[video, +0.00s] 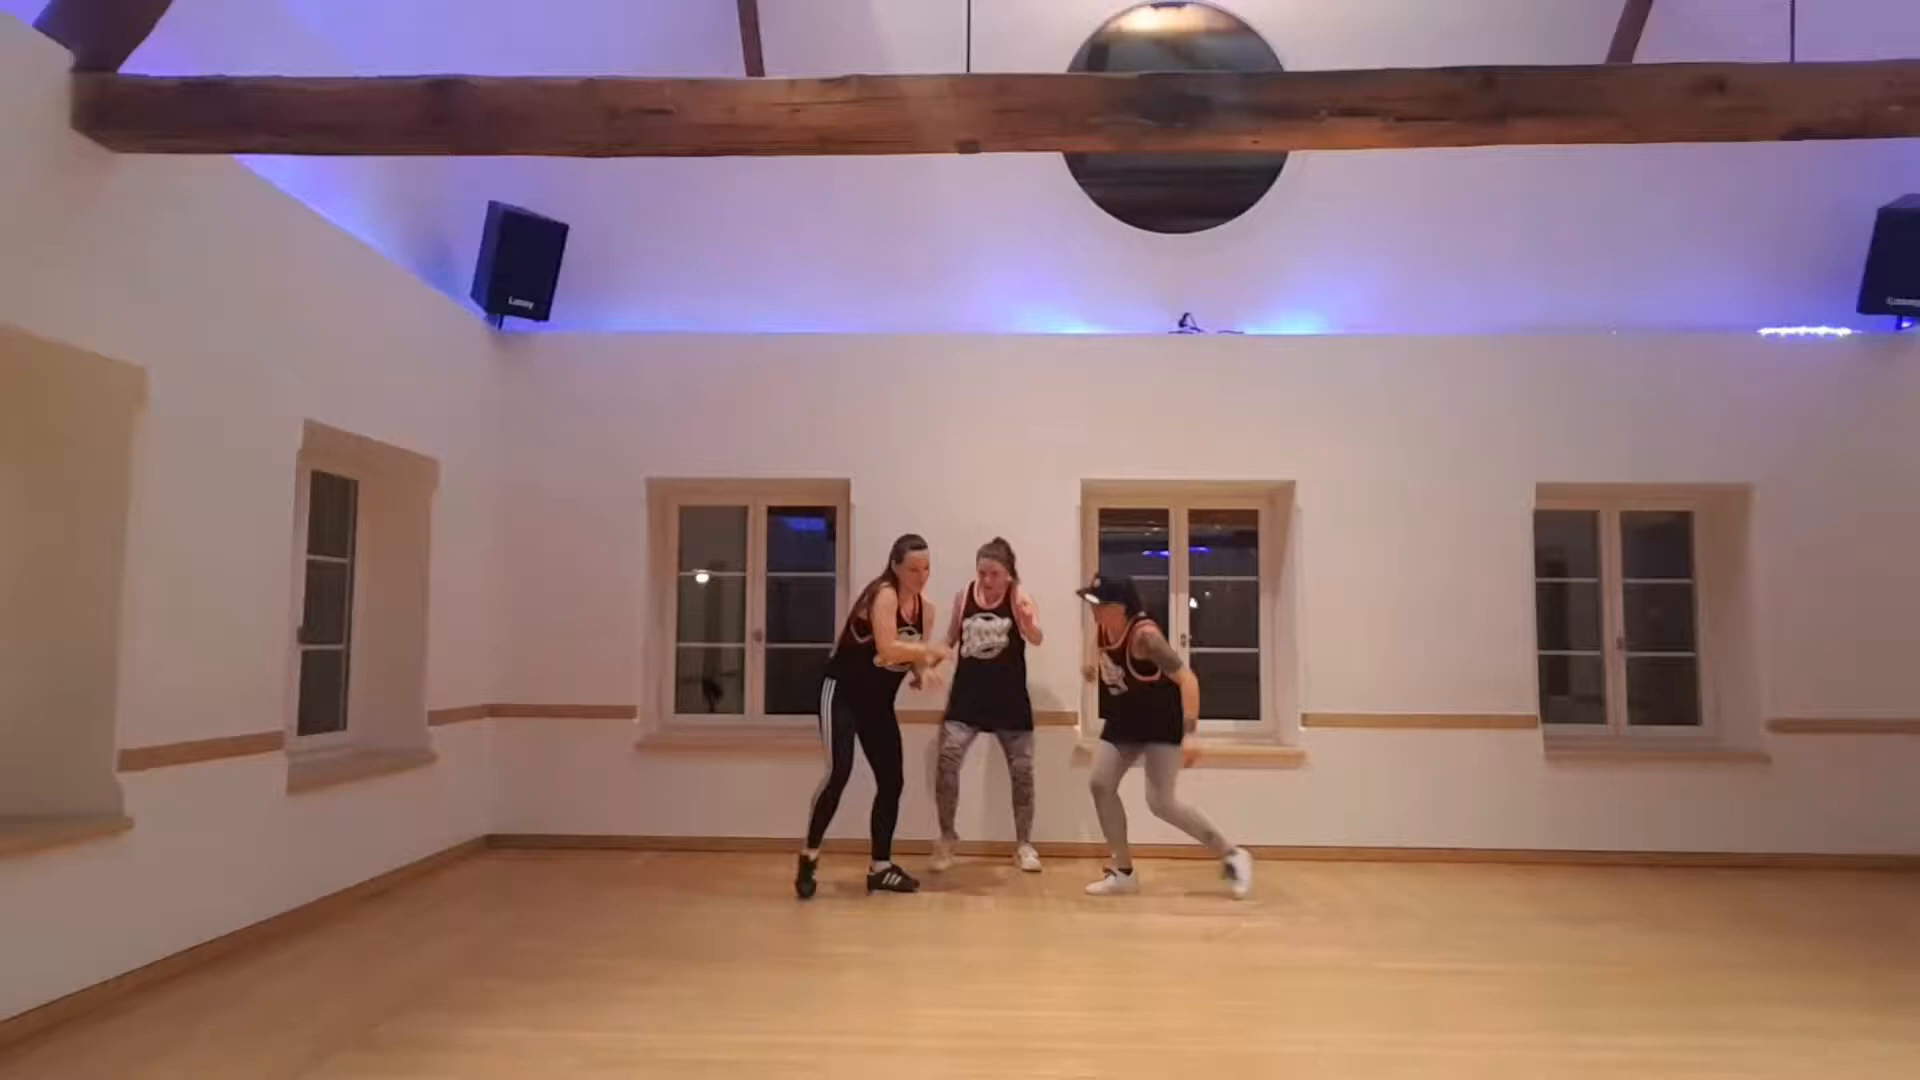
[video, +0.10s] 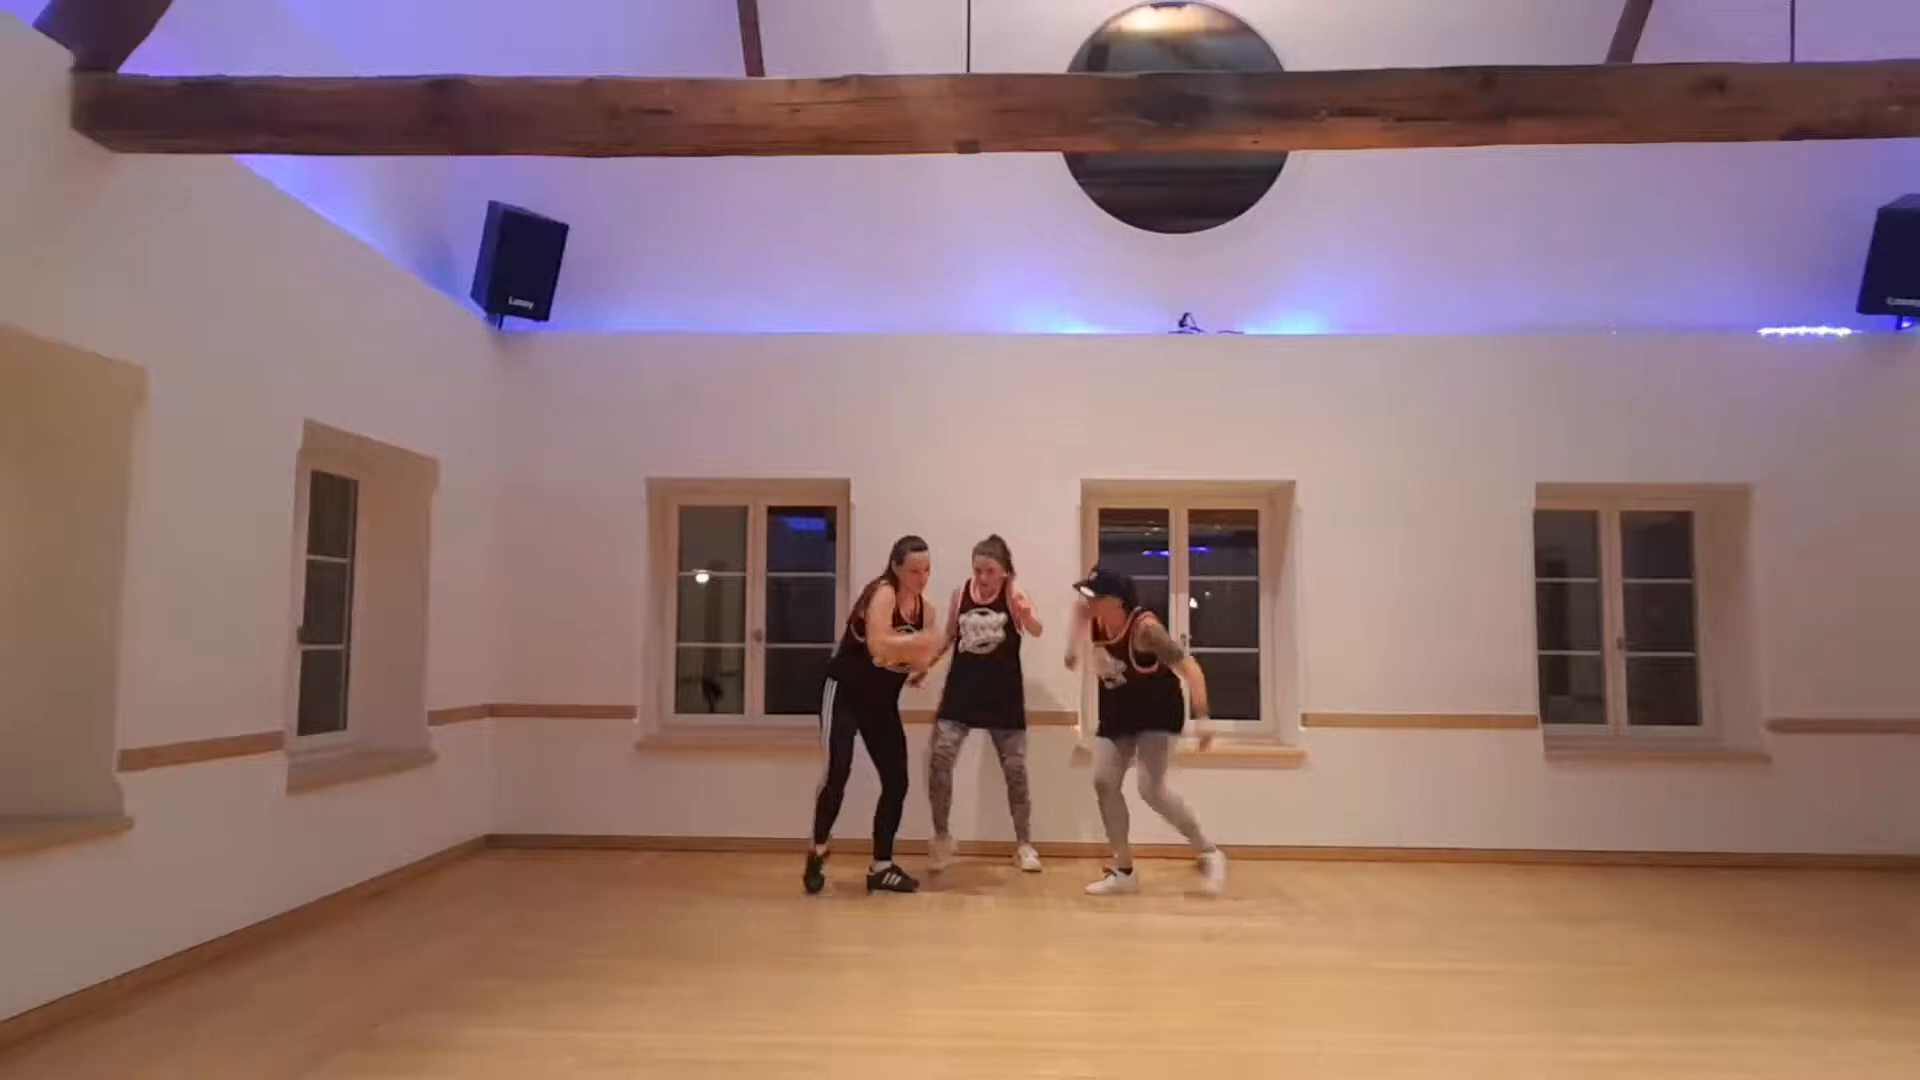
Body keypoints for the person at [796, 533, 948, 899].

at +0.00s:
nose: (922, 575)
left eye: (926, 568)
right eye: (915, 569)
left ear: (930, 568)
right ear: (896, 567)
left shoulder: (924, 606)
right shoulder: (885, 595)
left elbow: (914, 651)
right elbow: (886, 650)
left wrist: (921, 672)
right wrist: (927, 651)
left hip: (876, 697)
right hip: (841, 691)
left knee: (891, 780)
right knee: (839, 773)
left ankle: (880, 867)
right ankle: (809, 856)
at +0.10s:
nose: (922, 577)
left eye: (926, 570)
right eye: (916, 571)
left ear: (930, 570)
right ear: (897, 568)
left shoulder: (924, 607)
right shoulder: (883, 594)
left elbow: (922, 653)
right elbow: (879, 647)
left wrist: (919, 667)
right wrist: (924, 642)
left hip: (879, 697)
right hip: (844, 690)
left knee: (896, 780)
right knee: (837, 774)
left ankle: (881, 866)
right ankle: (818, 851)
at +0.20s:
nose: (920, 582)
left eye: (924, 575)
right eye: (913, 576)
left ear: (927, 575)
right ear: (895, 574)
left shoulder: (922, 611)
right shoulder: (876, 593)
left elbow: (920, 664)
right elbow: (856, 639)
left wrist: (902, 643)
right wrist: (897, 639)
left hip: (889, 701)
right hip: (852, 697)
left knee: (906, 785)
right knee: (845, 776)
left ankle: (882, 867)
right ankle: (827, 850)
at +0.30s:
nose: (916, 586)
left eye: (919, 580)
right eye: (908, 580)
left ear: (921, 580)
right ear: (889, 579)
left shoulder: (920, 616)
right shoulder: (866, 598)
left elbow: (917, 672)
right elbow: (834, 637)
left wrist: (902, 646)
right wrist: (873, 639)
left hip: (896, 702)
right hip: (857, 700)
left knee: (914, 785)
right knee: (863, 784)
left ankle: (883, 867)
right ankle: (836, 853)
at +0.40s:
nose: (911, 588)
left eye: (914, 581)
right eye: (903, 582)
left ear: (917, 581)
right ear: (883, 581)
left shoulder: (919, 618)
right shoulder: (857, 603)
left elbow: (917, 676)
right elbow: (825, 639)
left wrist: (897, 649)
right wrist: (859, 646)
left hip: (898, 707)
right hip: (859, 706)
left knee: (912, 790)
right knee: (875, 793)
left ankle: (883, 868)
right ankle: (842, 858)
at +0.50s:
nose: (906, 582)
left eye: (909, 575)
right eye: (899, 576)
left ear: (912, 573)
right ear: (878, 575)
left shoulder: (918, 610)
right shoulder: (854, 599)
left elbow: (916, 670)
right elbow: (836, 631)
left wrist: (885, 651)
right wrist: (824, 668)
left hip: (897, 700)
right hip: (857, 698)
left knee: (908, 786)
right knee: (865, 786)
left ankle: (883, 868)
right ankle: (842, 857)